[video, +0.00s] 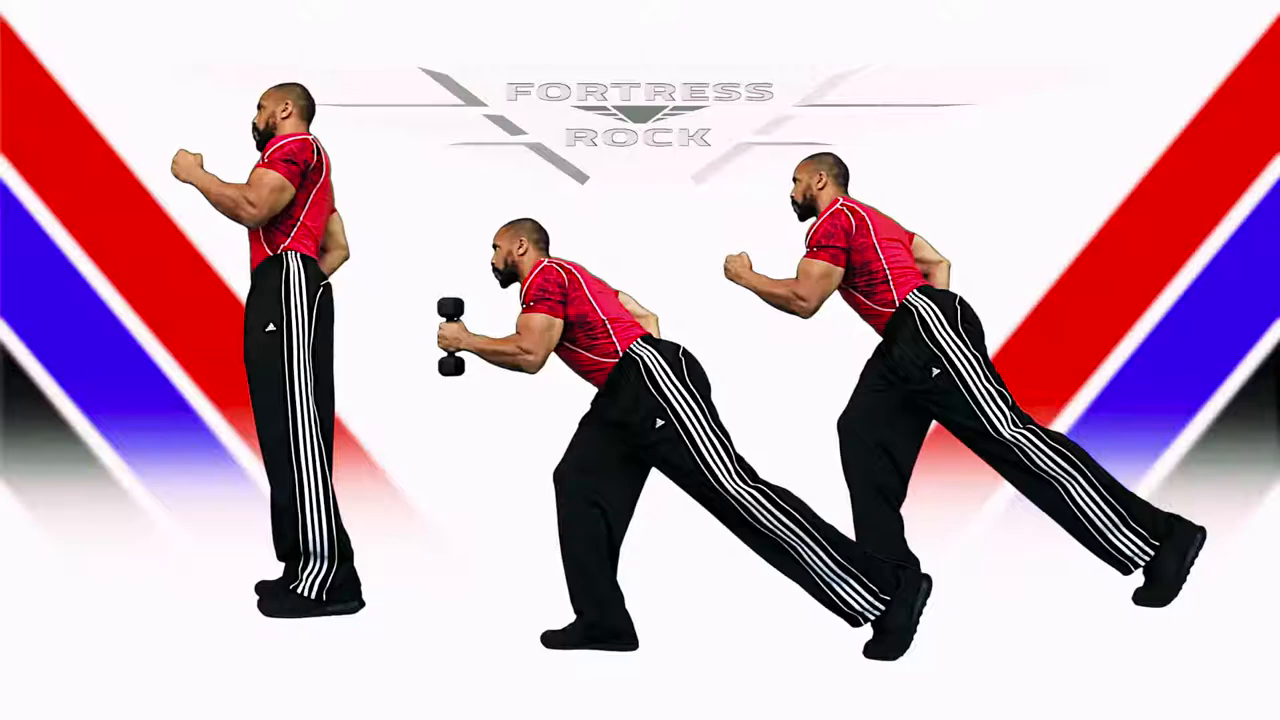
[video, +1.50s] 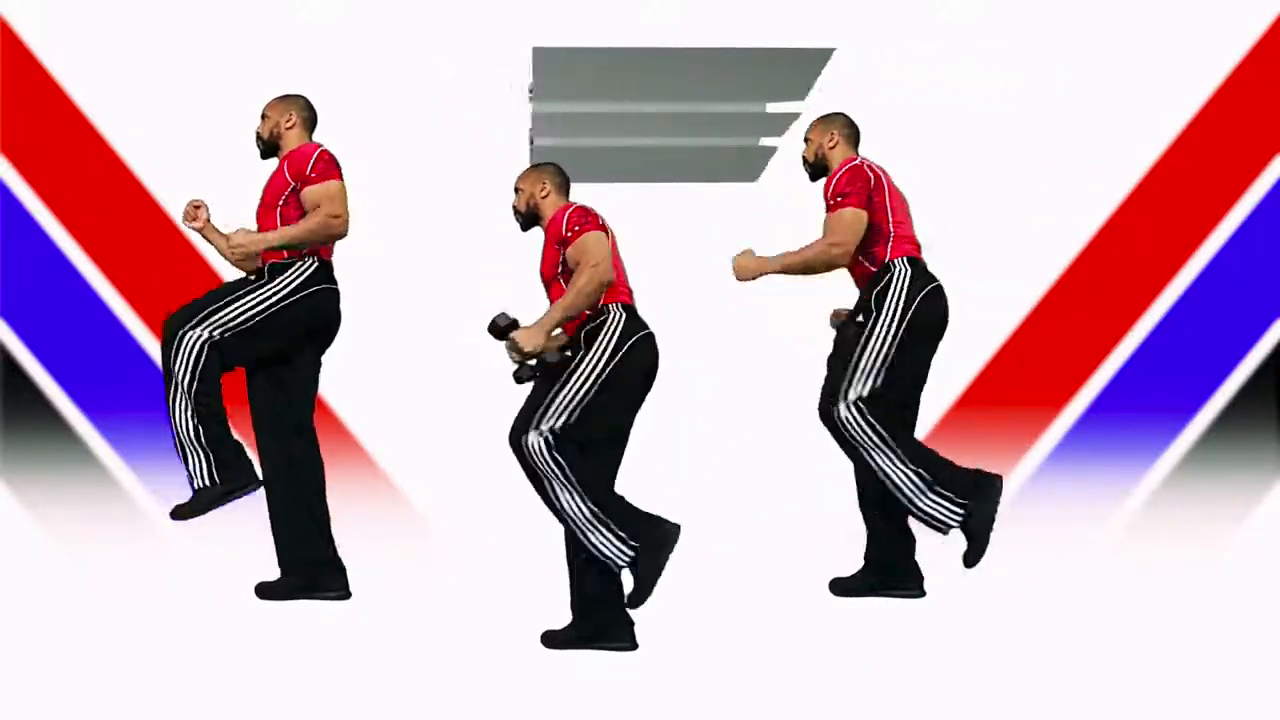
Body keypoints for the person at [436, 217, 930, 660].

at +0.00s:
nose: (494, 260)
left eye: (500, 250)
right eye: (494, 253)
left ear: (526, 244)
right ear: (529, 249)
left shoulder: (547, 274)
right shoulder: (569, 281)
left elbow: (529, 352)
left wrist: (465, 340)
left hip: (649, 375)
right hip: (623, 394)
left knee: (737, 493)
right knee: (580, 484)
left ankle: (886, 594)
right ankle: (603, 621)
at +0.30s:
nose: (499, 226)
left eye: (505, 216)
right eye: (500, 218)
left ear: (530, 214)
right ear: (533, 218)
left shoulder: (558, 243)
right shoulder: (546, 262)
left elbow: (567, 303)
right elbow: (605, 331)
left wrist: (503, 347)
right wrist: (587, 381)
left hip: (632, 355)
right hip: (605, 375)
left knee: (646, 489)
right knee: (579, 488)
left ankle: (795, 567)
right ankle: (602, 621)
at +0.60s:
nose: (525, 192)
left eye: (529, 182)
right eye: (525, 185)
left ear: (554, 179)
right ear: (558, 181)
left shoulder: (583, 206)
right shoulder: (565, 235)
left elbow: (639, 247)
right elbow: (565, 315)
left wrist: (614, 315)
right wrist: (507, 299)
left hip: (595, 334)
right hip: (610, 350)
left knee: (492, 365)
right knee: (590, 488)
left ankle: (519, 490)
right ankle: (605, 621)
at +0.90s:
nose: (532, 191)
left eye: (538, 181)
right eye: (532, 183)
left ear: (564, 179)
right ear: (562, 181)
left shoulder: (587, 208)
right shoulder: (566, 241)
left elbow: (642, 254)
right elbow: (547, 312)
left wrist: (629, 325)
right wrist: (499, 280)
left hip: (596, 328)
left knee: (485, 356)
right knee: (580, 489)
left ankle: (501, 485)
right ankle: (601, 622)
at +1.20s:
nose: (531, 194)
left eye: (536, 184)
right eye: (532, 186)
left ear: (562, 182)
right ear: (563, 185)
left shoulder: (585, 208)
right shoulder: (568, 240)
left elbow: (641, 246)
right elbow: (553, 316)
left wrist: (632, 317)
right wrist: (500, 284)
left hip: (593, 327)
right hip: (600, 352)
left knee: (481, 346)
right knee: (577, 485)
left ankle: (489, 477)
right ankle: (602, 620)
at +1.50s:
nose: (513, 201)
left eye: (518, 190)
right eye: (514, 194)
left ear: (543, 187)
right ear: (548, 190)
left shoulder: (574, 216)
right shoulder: (557, 245)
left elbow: (598, 271)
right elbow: (576, 328)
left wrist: (544, 327)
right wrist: (541, 348)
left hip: (613, 333)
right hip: (606, 345)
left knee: (536, 436)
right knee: (586, 484)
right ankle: (600, 619)